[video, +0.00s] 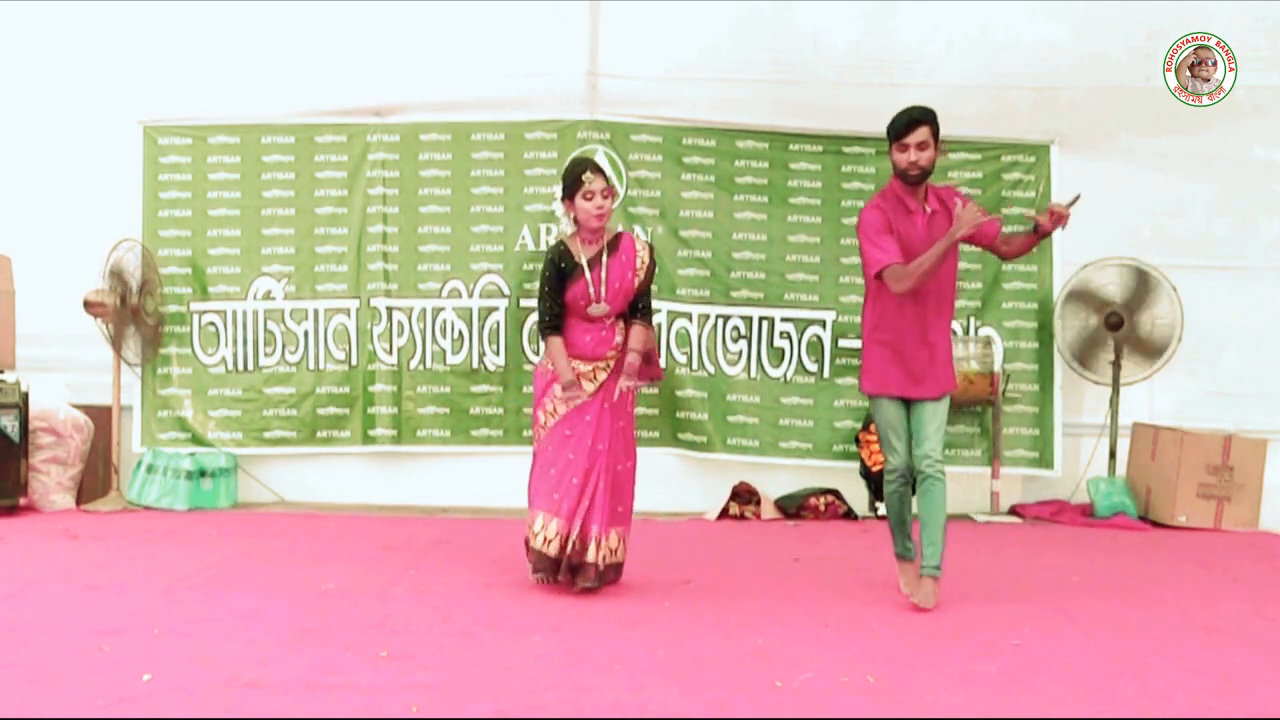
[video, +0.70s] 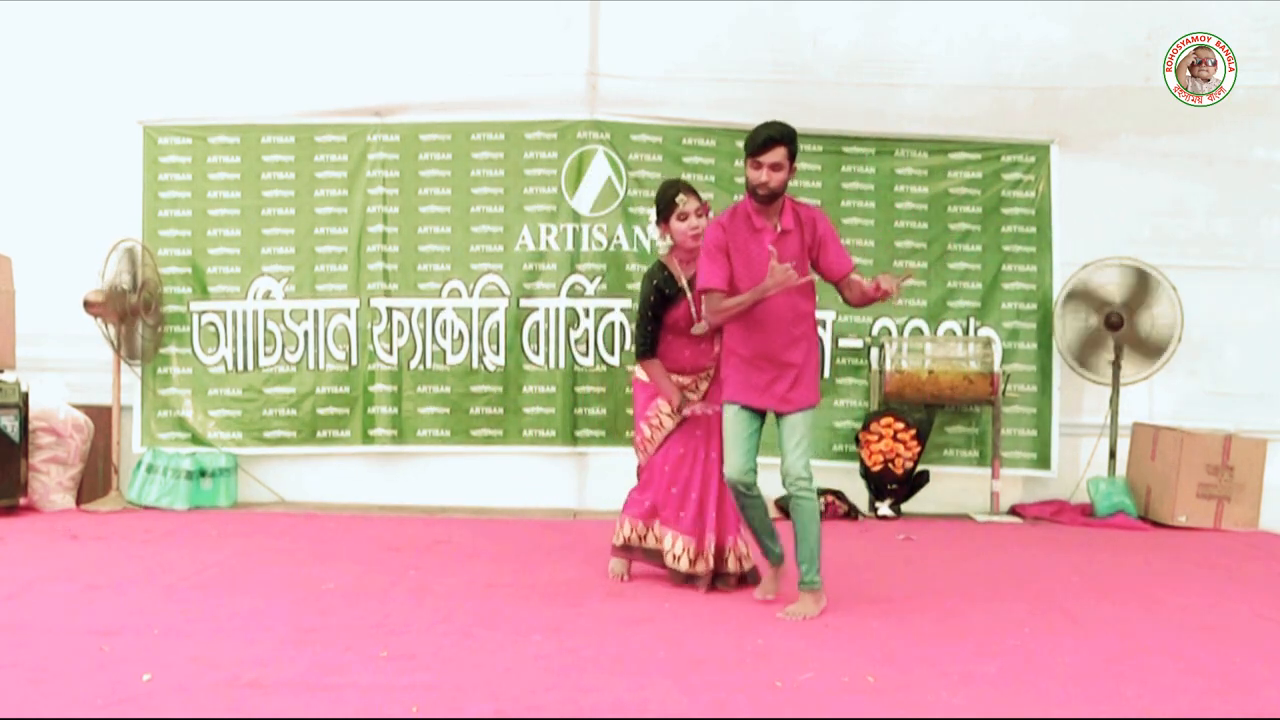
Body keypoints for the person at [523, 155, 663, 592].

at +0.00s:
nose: (600, 204)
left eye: (606, 194)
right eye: (588, 196)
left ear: (615, 198)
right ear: (570, 204)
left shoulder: (637, 252)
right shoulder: (560, 256)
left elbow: (641, 313)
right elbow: (549, 323)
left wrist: (633, 358)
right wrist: (566, 375)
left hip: (614, 368)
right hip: (564, 366)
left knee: (605, 458)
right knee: (563, 456)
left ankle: (596, 557)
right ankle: (558, 552)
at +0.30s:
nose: (645, 234)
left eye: (650, 223)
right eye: (633, 226)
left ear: (658, 223)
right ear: (613, 233)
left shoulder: (676, 269)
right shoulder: (606, 281)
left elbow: (678, 331)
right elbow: (591, 350)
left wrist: (663, 388)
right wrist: (610, 410)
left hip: (651, 382)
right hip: (603, 381)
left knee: (650, 462)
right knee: (614, 459)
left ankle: (638, 563)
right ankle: (598, 557)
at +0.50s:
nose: (669, 231)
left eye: (674, 221)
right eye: (658, 224)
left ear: (681, 221)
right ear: (638, 231)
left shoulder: (700, 265)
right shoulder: (630, 279)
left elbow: (707, 327)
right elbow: (622, 345)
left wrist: (712, 389)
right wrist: (640, 391)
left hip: (679, 372)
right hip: (633, 373)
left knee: (681, 455)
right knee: (643, 456)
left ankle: (676, 555)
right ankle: (639, 553)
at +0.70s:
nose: (695, 224)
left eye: (700, 214)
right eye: (683, 217)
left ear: (708, 217)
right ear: (665, 227)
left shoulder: (720, 266)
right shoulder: (660, 277)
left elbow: (737, 324)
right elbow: (644, 347)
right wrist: (674, 397)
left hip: (711, 378)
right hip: (665, 379)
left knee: (713, 464)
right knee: (667, 463)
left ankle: (711, 557)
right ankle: (625, 543)